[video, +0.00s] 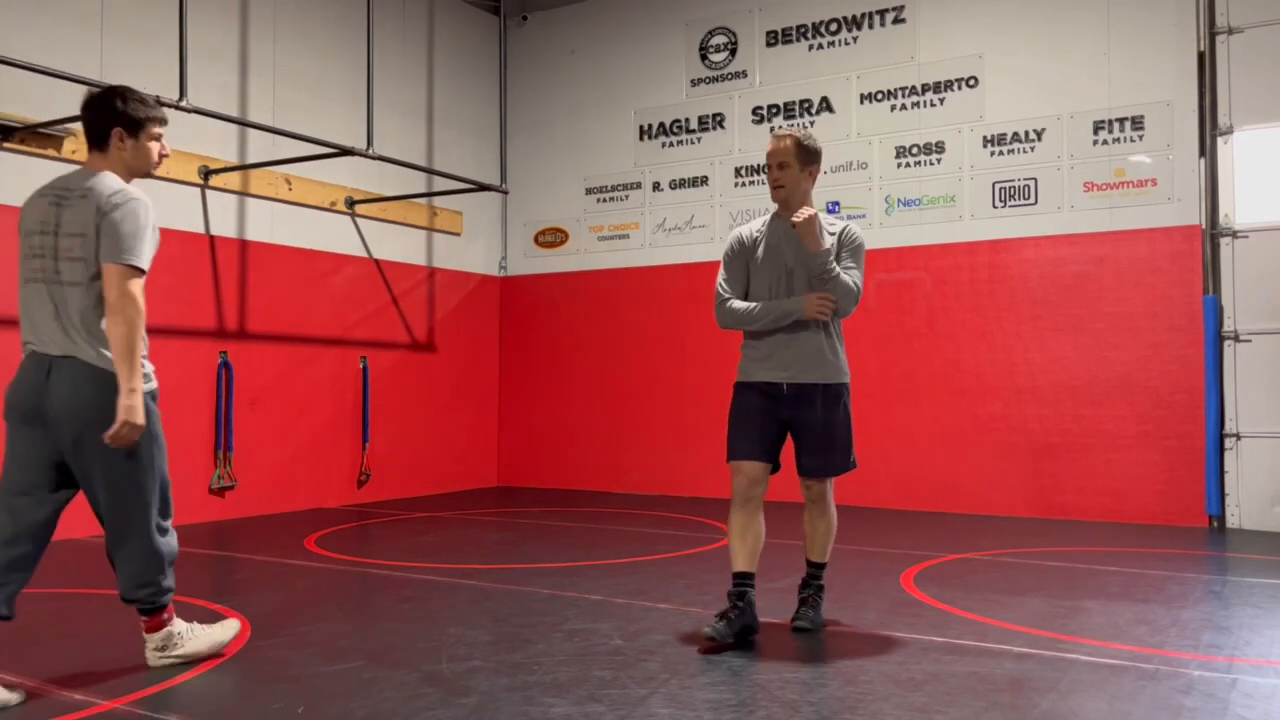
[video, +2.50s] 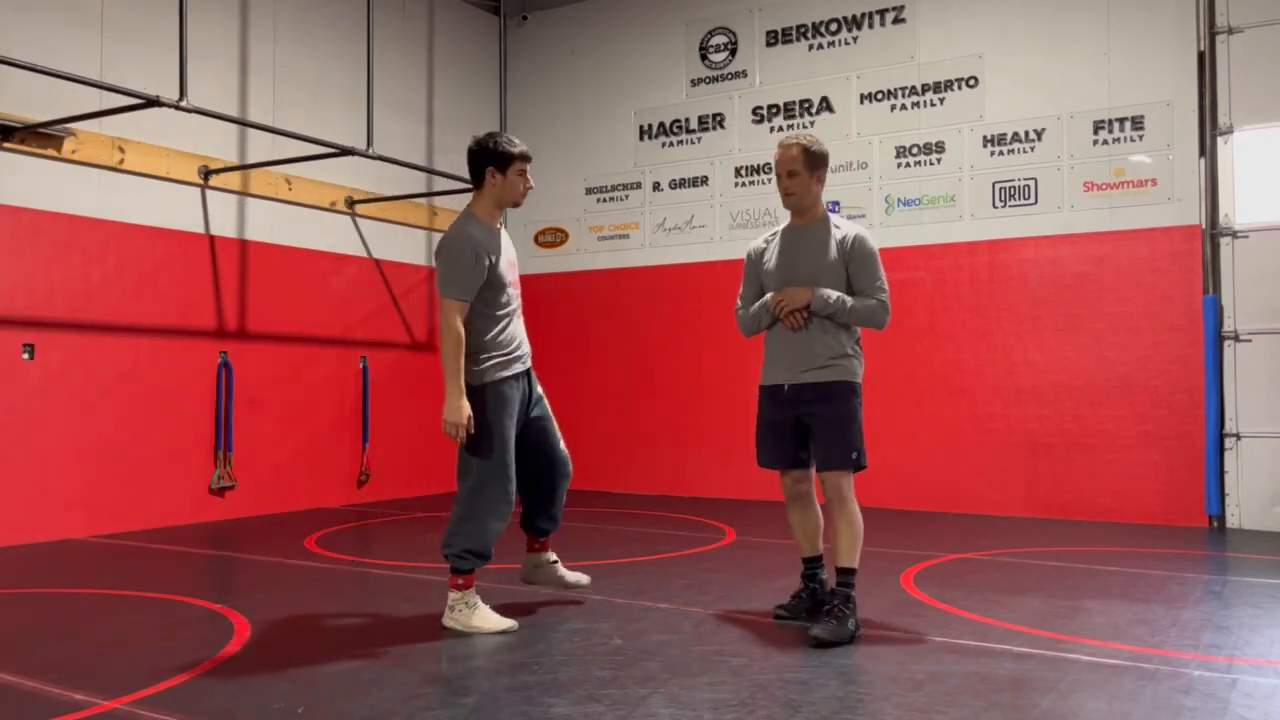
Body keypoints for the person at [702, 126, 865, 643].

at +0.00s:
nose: (772, 177)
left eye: (782, 168)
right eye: (768, 168)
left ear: (812, 172)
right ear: (767, 173)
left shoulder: (843, 237)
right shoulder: (744, 240)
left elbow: (845, 303)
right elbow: (725, 311)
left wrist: (815, 246)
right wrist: (794, 307)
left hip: (819, 383)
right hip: (757, 383)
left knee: (816, 491)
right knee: (746, 488)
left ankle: (812, 596)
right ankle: (741, 607)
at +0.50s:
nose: (727, 172)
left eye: (735, 161)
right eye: (724, 163)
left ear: (768, 159)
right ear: (730, 168)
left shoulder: (812, 224)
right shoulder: (711, 238)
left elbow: (817, 290)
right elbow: (690, 313)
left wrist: (764, 251)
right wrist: (733, 303)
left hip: (789, 381)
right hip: (727, 382)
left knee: (800, 499)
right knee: (733, 493)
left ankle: (810, 587)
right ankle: (740, 612)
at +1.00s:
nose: (737, 166)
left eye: (745, 155)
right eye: (733, 157)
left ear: (778, 156)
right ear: (737, 163)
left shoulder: (813, 224)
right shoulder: (728, 234)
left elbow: (804, 296)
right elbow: (708, 299)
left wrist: (754, 257)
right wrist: (703, 312)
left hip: (786, 381)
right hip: (729, 380)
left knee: (794, 497)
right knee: (732, 494)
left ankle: (837, 601)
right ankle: (741, 615)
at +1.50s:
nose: (793, 161)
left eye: (804, 151)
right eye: (786, 152)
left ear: (829, 157)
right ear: (780, 160)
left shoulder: (858, 229)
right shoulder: (759, 235)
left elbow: (880, 308)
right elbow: (732, 306)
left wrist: (825, 274)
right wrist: (754, 303)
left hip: (834, 379)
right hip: (771, 381)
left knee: (839, 494)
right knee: (755, 491)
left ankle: (843, 611)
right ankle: (744, 613)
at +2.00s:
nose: (816, 169)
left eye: (827, 160)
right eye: (810, 160)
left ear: (851, 165)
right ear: (803, 166)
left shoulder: (876, 236)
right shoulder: (777, 237)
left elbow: (902, 311)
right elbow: (752, 308)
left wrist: (841, 287)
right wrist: (787, 302)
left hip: (847, 380)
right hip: (785, 381)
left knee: (847, 493)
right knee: (768, 492)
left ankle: (844, 607)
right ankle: (801, 563)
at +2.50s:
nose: (783, 184)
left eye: (793, 175)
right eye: (778, 176)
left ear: (820, 178)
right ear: (775, 182)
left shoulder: (852, 243)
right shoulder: (763, 251)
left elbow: (879, 313)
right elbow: (746, 321)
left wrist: (815, 297)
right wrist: (772, 305)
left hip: (834, 381)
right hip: (780, 384)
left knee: (836, 487)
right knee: (796, 487)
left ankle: (844, 602)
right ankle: (814, 587)